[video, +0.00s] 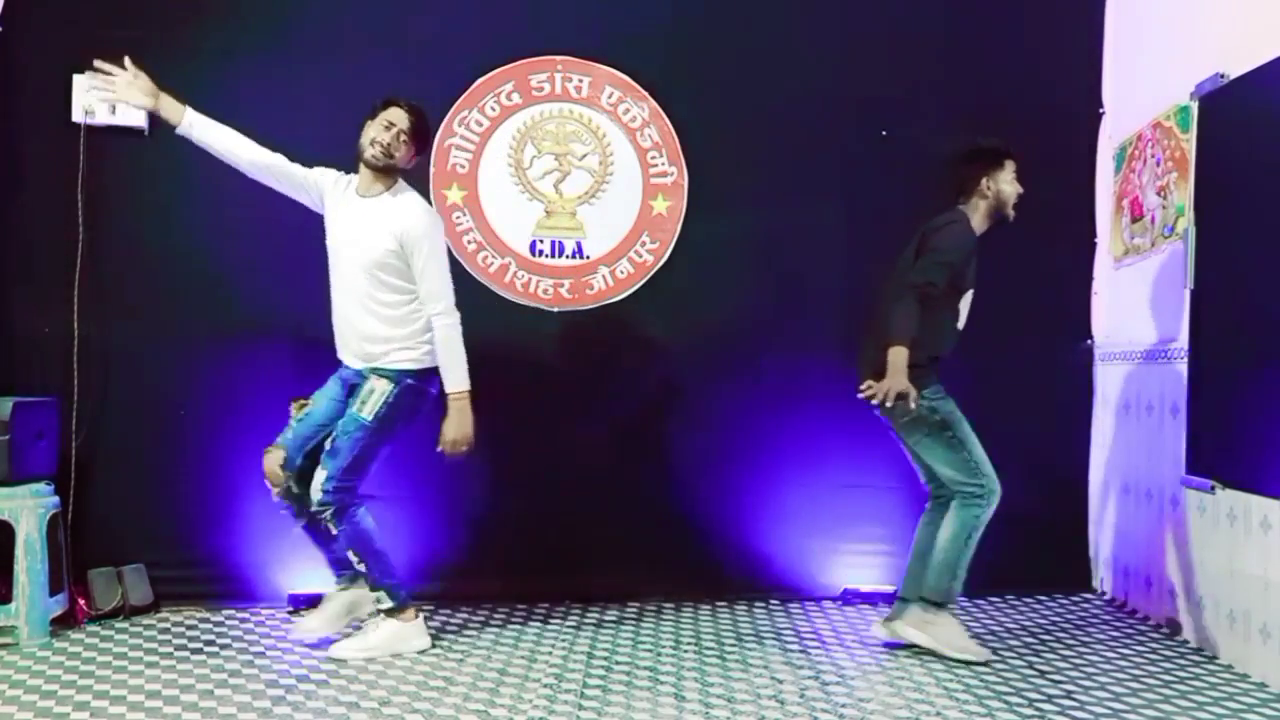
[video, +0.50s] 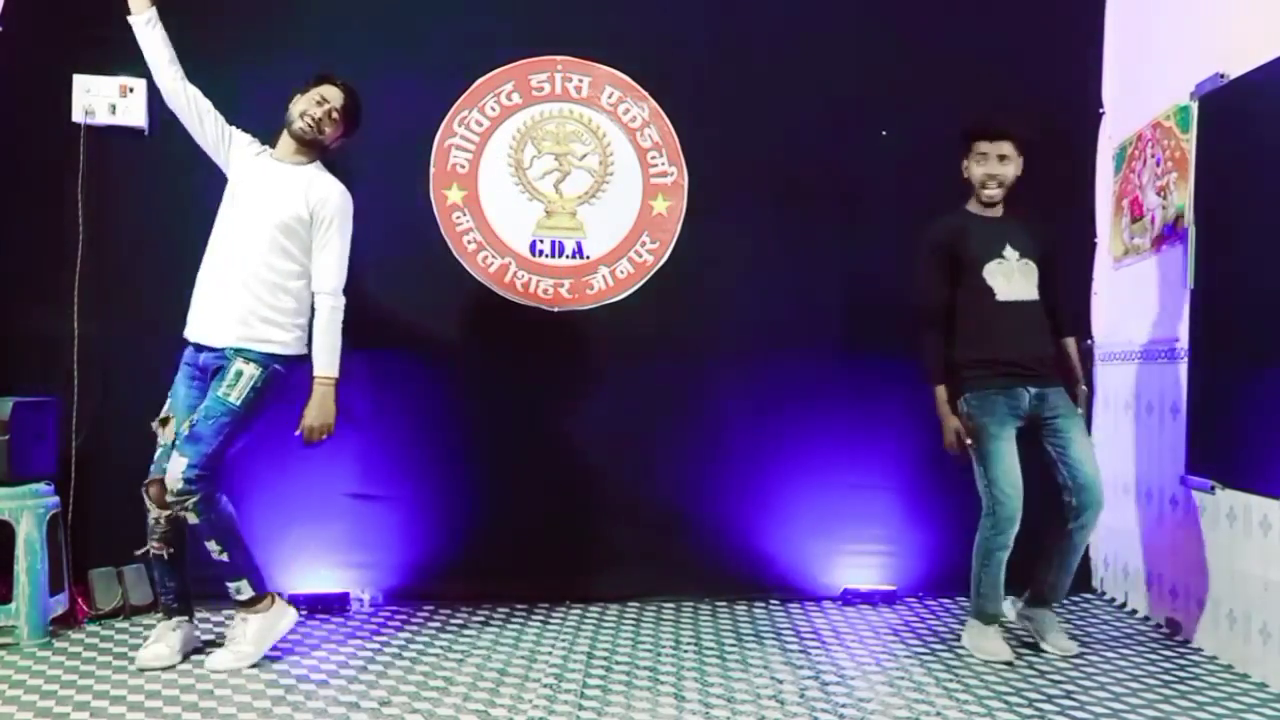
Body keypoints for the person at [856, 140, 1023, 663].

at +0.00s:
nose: (1019, 189)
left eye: (1018, 179)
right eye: (1013, 178)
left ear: (982, 184)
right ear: (985, 182)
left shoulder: (955, 232)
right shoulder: (956, 232)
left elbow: (916, 299)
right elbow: (909, 292)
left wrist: (897, 371)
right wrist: (897, 368)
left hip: (900, 382)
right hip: (916, 383)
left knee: (945, 493)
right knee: (980, 489)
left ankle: (908, 611)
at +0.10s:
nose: (1031, 183)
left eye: (1030, 173)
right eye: (1026, 172)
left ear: (997, 177)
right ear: (1000, 176)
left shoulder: (977, 228)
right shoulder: (965, 227)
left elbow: (939, 298)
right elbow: (925, 291)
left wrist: (917, 369)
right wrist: (914, 367)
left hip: (951, 385)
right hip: (940, 389)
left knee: (1011, 479)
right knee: (992, 499)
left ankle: (941, 586)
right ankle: (958, 627)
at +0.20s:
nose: (1044, 178)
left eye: (1043, 168)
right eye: (1038, 167)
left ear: (1007, 174)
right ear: (1011, 172)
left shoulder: (985, 227)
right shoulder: (975, 225)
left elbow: (954, 300)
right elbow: (937, 291)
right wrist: (923, 372)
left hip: (978, 391)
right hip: (962, 394)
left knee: (1037, 485)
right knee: (1005, 503)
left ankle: (1005, 609)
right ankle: (957, 628)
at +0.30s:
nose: (1052, 174)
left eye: (1051, 164)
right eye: (1046, 163)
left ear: (1019, 169)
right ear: (1017, 167)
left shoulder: (999, 232)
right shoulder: (972, 225)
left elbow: (988, 310)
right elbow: (938, 303)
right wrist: (931, 384)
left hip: (1006, 389)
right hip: (976, 392)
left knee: (1047, 500)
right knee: (1017, 503)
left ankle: (1014, 617)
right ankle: (962, 623)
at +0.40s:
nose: (1042, 170)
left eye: (1043, 161)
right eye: (1032, 158)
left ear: (1023, 168)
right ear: (997, 163)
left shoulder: (1019, 236)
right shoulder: (954, 227)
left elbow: (1026, 320)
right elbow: (930, 317)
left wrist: (1042, 380)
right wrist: (940, 399)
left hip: (1035, 390)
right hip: (986, 391)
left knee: (1062, 500)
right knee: (1016, 505)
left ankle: (1026, 618)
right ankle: (980, 620)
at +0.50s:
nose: (991, 170)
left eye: (1002, 160)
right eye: (981, 159)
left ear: (1019, 167)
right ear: (965, 166)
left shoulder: (1035, 234)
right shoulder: (946, 235)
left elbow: (1060, 314)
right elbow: (933, 326)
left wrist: (1079, 385)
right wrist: (944, 408)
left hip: (1050, 388)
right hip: (987, 390)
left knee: (1087, 501)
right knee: (1004, 509)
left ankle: (1041, 610)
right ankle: (983, 621)